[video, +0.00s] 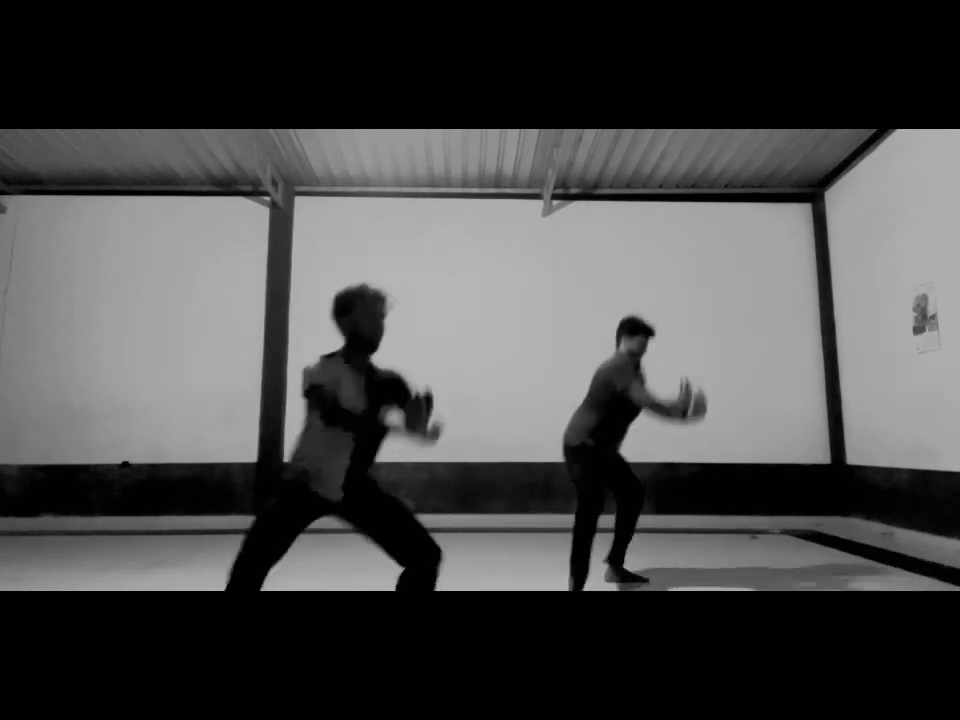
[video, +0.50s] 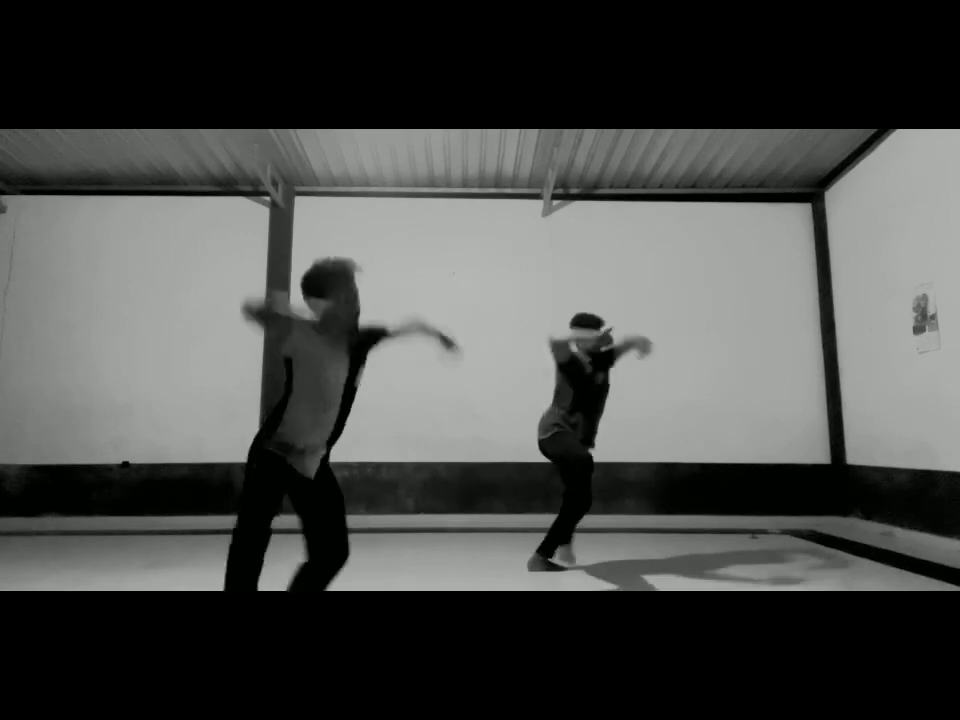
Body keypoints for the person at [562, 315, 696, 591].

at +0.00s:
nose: (641, 348)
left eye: (644, 342)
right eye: (636, 341)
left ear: (646, 344)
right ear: (622, 340)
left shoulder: (633, 370)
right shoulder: (617, 367)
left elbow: (648, 404)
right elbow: (643, 401)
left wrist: (682, 412)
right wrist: (678, 408)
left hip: (604, 449)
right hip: (583, 448)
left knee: (632, 495)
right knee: (589, 507)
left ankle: (615, 565)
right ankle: (576, 582)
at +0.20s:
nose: (624, 344)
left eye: (626, 338)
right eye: (620, 337)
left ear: (614, 339)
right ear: (604, 336)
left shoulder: (601, 363)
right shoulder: (601, 361)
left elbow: (625, 399)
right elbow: (630, 394)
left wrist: (654, 411)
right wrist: (653, 407)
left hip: (577, 443)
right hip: (573, 443)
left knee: (605, 492)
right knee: (599, 496)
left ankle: (601, 559)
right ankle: (586, 578)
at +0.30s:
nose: (614, 335)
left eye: (616, 329)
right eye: (609, 329)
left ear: (608, 330)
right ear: (594, 328)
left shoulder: (604, 351)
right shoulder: (586, 347)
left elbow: (622, 360)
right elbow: (617, 350)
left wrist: (634, 379)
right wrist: (638, 372)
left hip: (580, 434)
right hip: (566, 434)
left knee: (589, 495)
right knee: (583, 499)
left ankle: (554, 550)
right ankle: (581, 578)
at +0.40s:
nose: (608, 332)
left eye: (607, 328)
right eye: (605, 328)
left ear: (589, 325)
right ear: (595, 325)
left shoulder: (598, 354)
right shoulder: (581, 343)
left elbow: (619, 341)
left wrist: (625, 345)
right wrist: (621, 342)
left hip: (573, 433)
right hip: (563, 430)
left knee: (571, 501)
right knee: (577, 496)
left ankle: (538, 556)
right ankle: (571, 559)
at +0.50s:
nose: (598, 341)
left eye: (598, 337)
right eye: (592, 337)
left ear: (600, 339)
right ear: (580, 340)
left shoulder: (603, 360)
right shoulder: (570, 362)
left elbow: (626, 346)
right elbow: (557, 345)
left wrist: (639, 344)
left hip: (579, 440)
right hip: (555, 432)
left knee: (579, 499)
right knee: (582, 464)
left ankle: (541, 557)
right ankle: (565, 541)